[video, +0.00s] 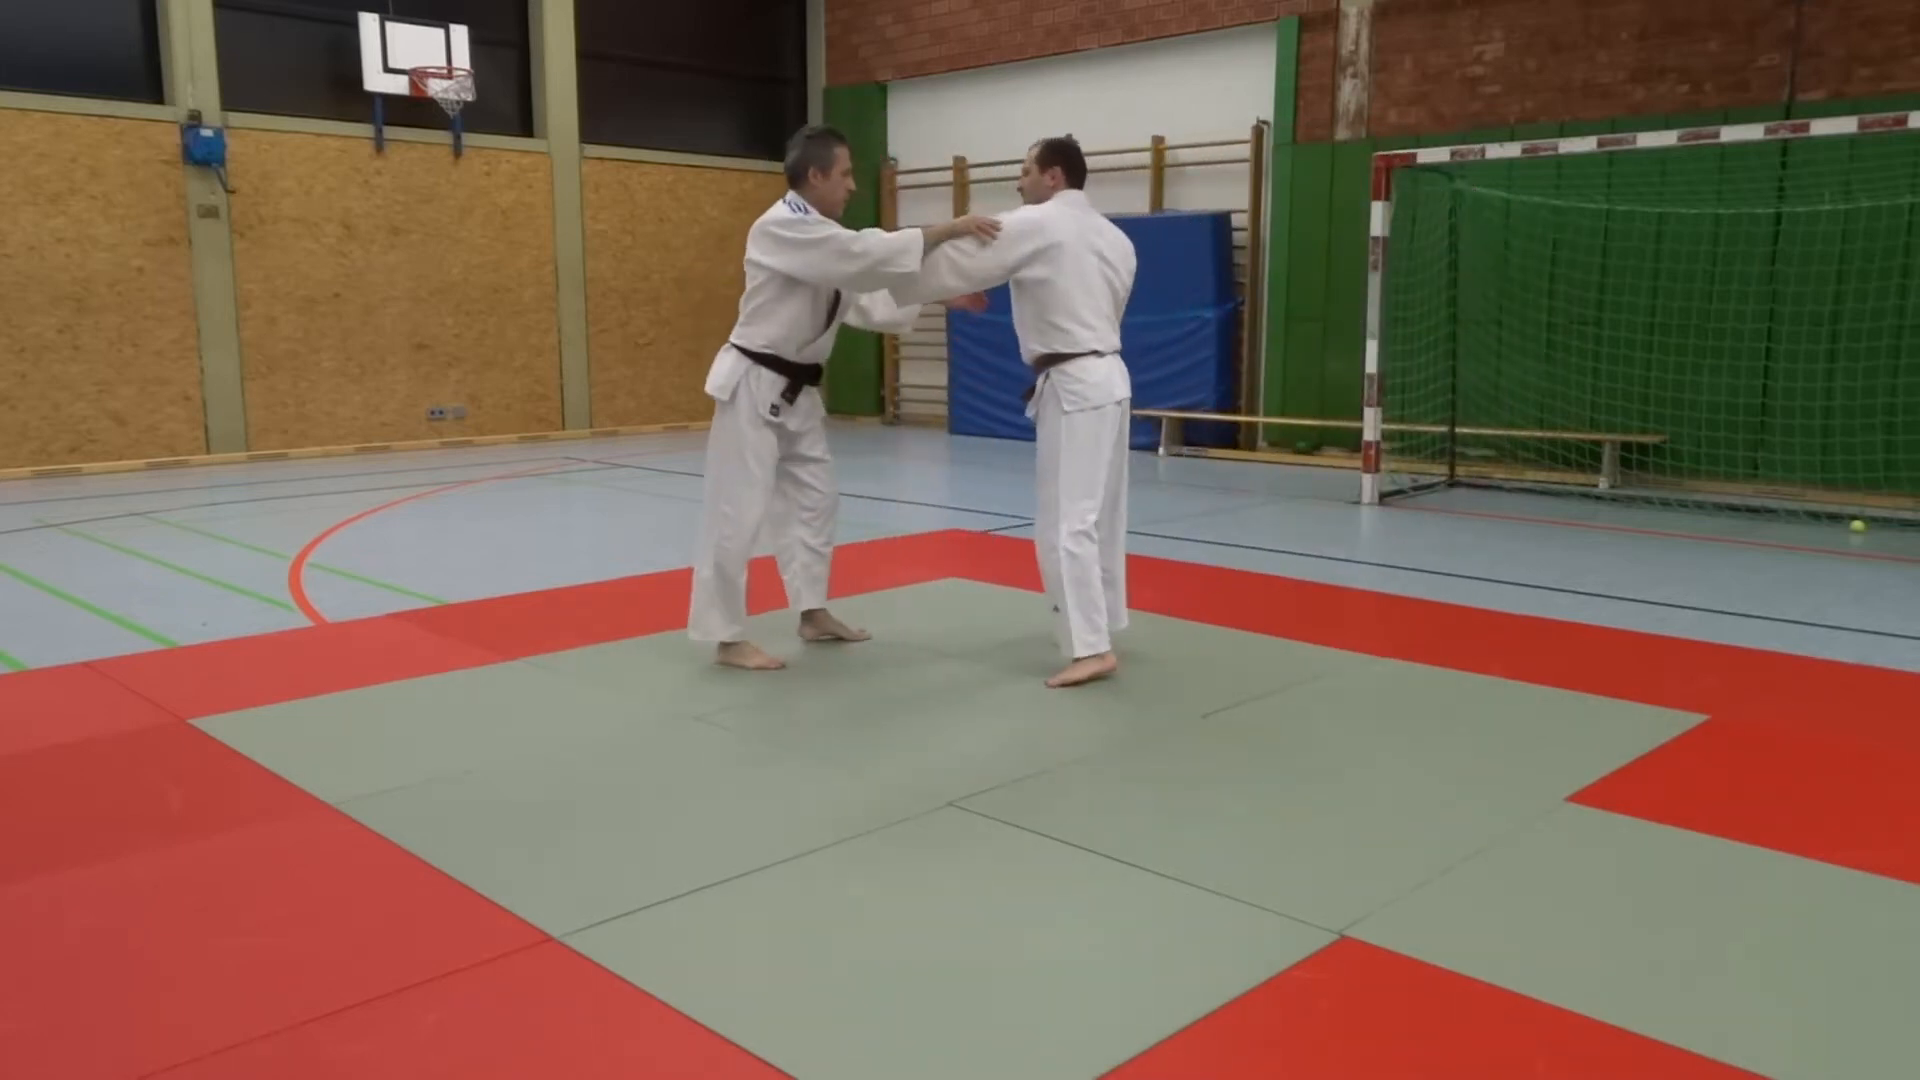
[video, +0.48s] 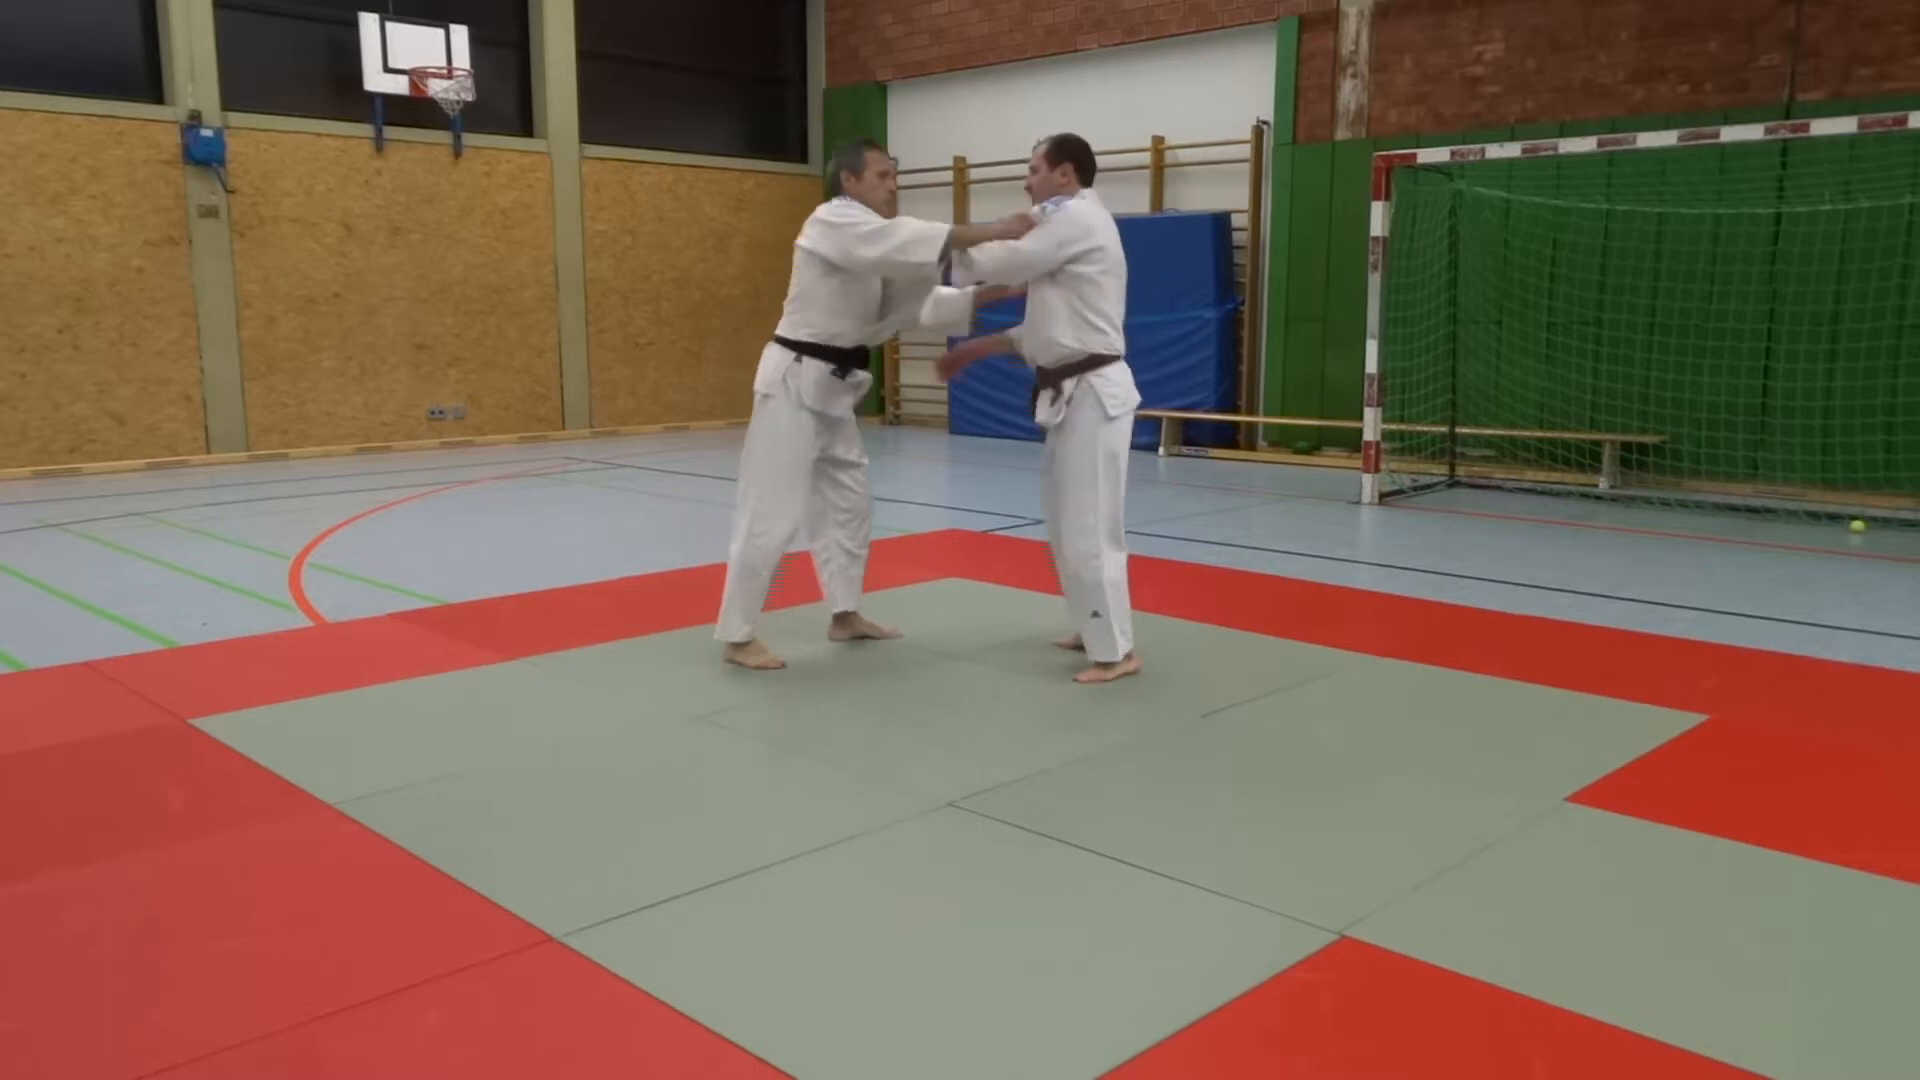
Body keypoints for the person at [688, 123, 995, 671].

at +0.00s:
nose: (853, 187)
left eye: (852, 175)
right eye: (845, 176)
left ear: (819, 176)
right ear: (813, 177)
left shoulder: (825, 238)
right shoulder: (779, 226)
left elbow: (868, 299)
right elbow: (857, 252)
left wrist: (941, 293)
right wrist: (947, 229)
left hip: (800, 389)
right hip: (753, 382)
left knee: (815, 499)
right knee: (737, 508)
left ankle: (814, 614)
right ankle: (728, 638)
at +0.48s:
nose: (894, 184)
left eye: (894, 176)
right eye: (883, 176)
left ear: (887, 183)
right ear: (849, 181)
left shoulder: (883, 240)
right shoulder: (831, 220)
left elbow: (921, 304)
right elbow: (896, 239)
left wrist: (999, 292)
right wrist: (991, 231)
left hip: (836, 386)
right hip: (792, 378)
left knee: (848, 501)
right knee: (771, 508)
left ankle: (845, 615)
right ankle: (737, 635)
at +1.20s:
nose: (893, 184)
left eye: (893, 173)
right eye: (888, 173)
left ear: (850, 171)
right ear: (859, 172)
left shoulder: (842, 215)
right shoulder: (843, 218)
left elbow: (906, 262)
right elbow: (913, 282)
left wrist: (975, 274)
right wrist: (1008, 276)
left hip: (824, 383)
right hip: (802, 380)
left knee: (834, 514)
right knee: (802, 527)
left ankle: (806, 633)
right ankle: (774, 680)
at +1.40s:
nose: (832, 169)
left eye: (829, 160)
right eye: (825, 159)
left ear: (790, 166)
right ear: (800, 164)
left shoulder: (790, 211)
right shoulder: (789, 207)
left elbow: (863, 261)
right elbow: (869, 246)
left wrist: (927, 244)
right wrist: (969, 242)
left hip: (783, 381)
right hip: (771, 381)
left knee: (794, 527)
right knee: (791, 530)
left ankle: (789, 656)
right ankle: (777, 676)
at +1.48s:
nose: (815, 163)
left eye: (812, 153)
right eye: (808, 153)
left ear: (770, 161)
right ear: (782, 158)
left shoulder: (771, 211)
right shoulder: (771, 204)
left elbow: (800, 314)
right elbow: (857, 243)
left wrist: (867, 312)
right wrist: (956, 234)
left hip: (771, 383)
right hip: (758, 383)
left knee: (792, 525)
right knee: (789, 529)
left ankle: (784, 652)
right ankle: (743, 670)